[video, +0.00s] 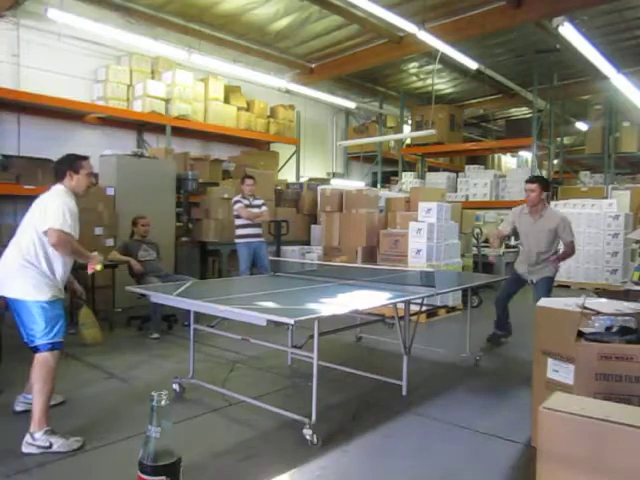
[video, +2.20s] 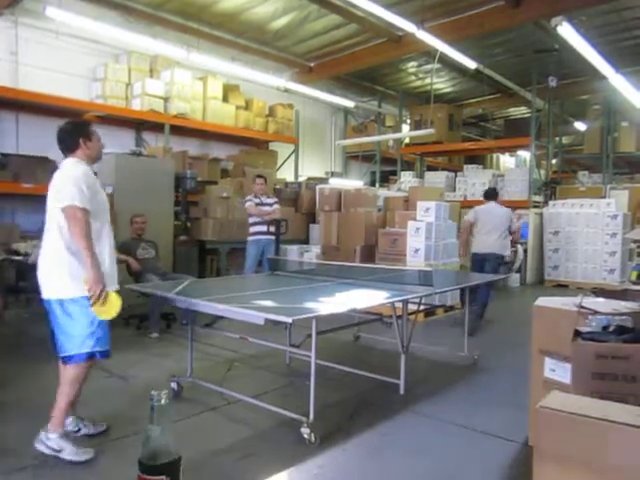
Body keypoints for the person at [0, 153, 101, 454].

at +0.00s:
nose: (93, 181)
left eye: (93, 175)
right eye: (89, 175)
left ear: (69, 176)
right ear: (71, 175)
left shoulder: (53, 198)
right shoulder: (62, 199)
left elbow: (47, 250)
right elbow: (57, 238)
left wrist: (69, 281)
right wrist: (89, 257)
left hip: (22, 280)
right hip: (32, 282)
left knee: (45, 343)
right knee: (50, 347)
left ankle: (31, 394)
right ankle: (38, 431)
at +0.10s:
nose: (91, 183)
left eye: (92, 178)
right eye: (87, 177)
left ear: (71, 176)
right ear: (68, 175)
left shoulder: (63, 201)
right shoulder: (54, 201)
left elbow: (53, 250)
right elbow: (31, 239)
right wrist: (63, 275)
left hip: (36, 282)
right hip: (32, 283)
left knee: (49, 342)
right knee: (54, 347)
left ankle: (31, 394)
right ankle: (41, 429)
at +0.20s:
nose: (83, 181)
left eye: (85, 175)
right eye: (78, 175)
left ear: (79, 176)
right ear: (59, 174)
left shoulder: (76, 205)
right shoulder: (36, 203)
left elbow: (65, 246)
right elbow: (4, 236)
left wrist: (61, 279)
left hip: (58, 287)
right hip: (35, 289)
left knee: (61, 340)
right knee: (57, 347)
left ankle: (31, 393)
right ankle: (42, 429)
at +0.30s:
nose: (68, 181)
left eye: (71, 175)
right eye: (62, 175)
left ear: (73, 176)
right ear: (43, 175)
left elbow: (73, 248)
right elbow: (1, 246)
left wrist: (66, 280)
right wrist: (2, 286)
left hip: (62, 285)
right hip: (32, 286)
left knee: (70, 335)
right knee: (55, 344)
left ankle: (33, 389)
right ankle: (41, 431)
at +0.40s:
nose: (60, 180)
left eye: (63, 174)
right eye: (54, 174)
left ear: (64, 173)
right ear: (35, 172)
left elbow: (83, 244)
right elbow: (32, 256)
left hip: (60, 283)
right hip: (30, 286)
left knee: (68, 334)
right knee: (49, 345)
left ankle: (33, 390)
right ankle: (40, 430)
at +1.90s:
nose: (88, 146)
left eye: (85, 140)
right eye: (83, 141)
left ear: (62, 147)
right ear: (71, 145)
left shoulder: (59, 176)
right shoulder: (66, 179)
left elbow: (72, 233)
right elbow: (76, 233)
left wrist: (91, 272)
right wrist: (98, 274)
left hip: (63, 288)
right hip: (48, 288)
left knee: (70, 354)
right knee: (42, 359)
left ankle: (69, 420)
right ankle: (21, 431)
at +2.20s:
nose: (101, 142)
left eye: (98, 137)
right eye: (96, 137)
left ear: (76, 145)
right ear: (84, 143)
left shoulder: (78, 173)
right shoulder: (75, 173)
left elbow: (88, 230)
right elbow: (76, 223)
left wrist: (116, 255)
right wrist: (94, 270)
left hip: (75, 282)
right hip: (71, 283)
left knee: (79, 353)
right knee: (81, 354)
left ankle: (65, 418)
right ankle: (53, 433)